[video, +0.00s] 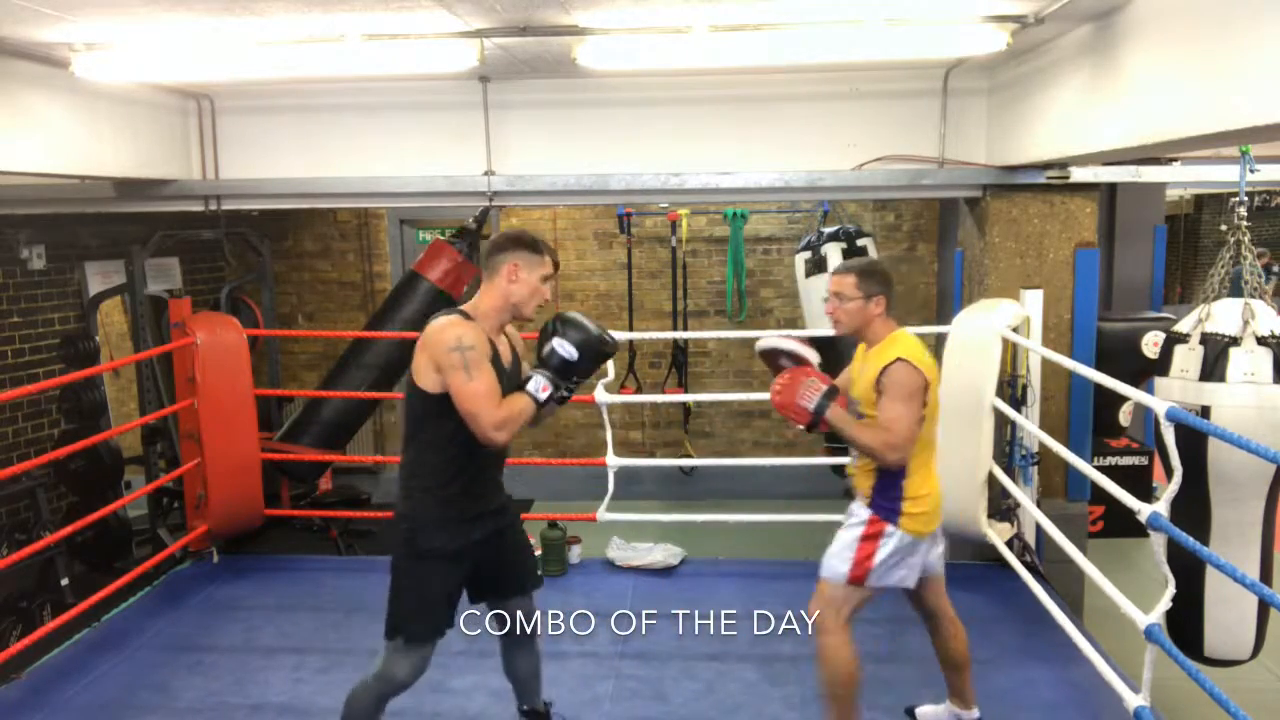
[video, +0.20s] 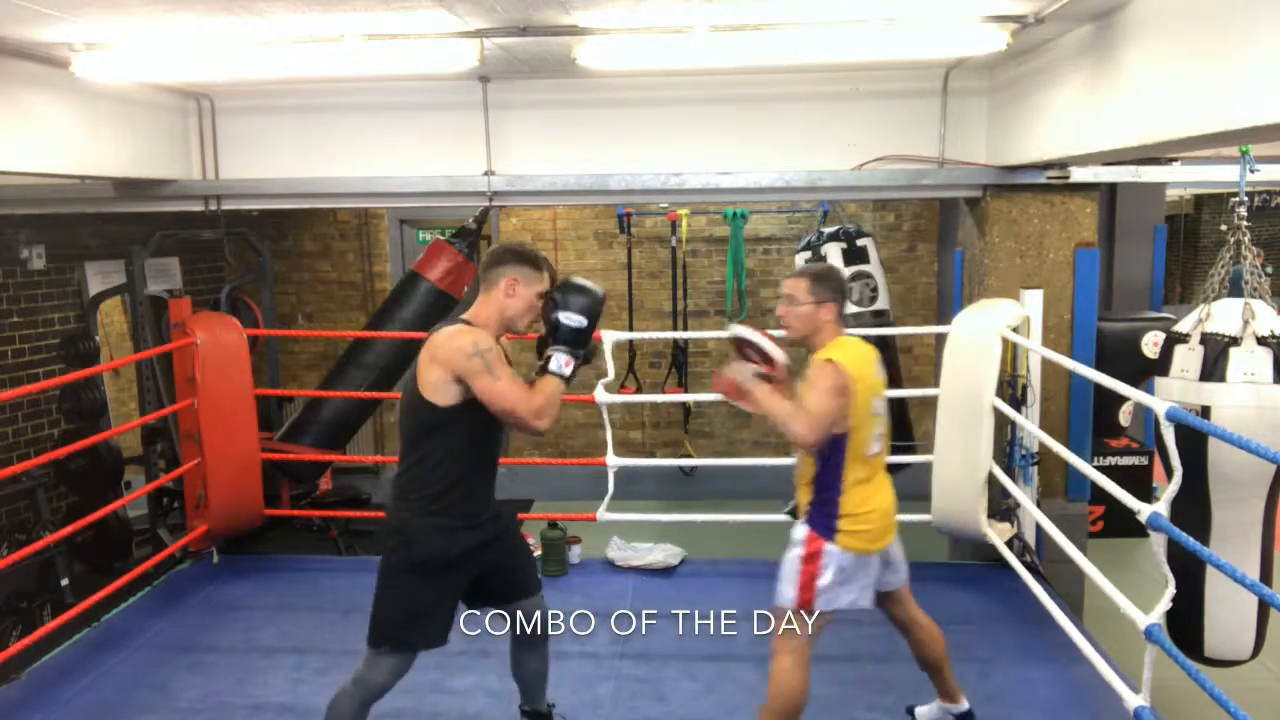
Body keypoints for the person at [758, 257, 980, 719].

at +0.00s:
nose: (830, 309)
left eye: (840, 300)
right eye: (830, 299)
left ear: (875, 305)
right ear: (871, 306)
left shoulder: (902, 363)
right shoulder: (871, 352)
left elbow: (892, 448)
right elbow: (842, 401)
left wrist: (825, 408)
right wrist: (809, 390)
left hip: (888, 514)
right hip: (913, 510)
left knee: (828, 615)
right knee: (936, 609)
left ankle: (843, 714)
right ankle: (964, 707)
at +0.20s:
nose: (780, 311)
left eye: (790, 302)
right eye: (781, 300)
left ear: (825, 310)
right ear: (827, 312)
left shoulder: (829, 365)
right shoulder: (862, 352)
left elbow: (807, 432)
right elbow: (832, 422)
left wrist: (755, 391)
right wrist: (782, 387)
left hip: (834, 526)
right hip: (874, 515)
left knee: (789, 643)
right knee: (904, 610)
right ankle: (954, 702)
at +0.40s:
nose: (741, 298)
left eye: (752, 290)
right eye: (744, 288)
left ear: (787, 299)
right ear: (791, 301)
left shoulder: (787, 350)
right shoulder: (818, 343)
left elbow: (739, 397)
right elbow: (737, 368)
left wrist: (655, 374)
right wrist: (702, 337)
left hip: (800, 517)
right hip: (840, 505)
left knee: (771, 642)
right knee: (857, 610)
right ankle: (906, 708)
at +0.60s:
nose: (712, 301)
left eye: (722, 293)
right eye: (715, 291)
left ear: (758, 302)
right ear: (763, 303)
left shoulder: (743, 357)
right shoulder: (811, 345)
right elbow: (782, 383)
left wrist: (599, 385)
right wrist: (731, 359)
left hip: (780, 522)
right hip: (831, 507)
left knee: (754, 653)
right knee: (837, 609)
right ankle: (880, 712)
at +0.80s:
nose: (708, 304)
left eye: (717, 295)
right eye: (709, 294)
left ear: (753, 300)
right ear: (758, 302)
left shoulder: (752, 357)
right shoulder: (798, 344)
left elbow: (718, 419)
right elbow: (768, 400)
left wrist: (640, 409)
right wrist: (722, 356)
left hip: (768, 523)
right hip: (817, 511)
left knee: (748, 652)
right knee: (830, 618)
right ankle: (861, 715)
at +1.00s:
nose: (705, 306)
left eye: (714, 296)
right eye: (705, 296)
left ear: (749, 303)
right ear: (748, 305)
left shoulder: (765, 358)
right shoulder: (767, 347)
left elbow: (726, 429)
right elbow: (711, 405)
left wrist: (652, 402)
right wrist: (688, 350)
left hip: (775, 519)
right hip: (801, 510)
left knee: (751, 652)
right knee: (815, 610)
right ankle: (863, 708)